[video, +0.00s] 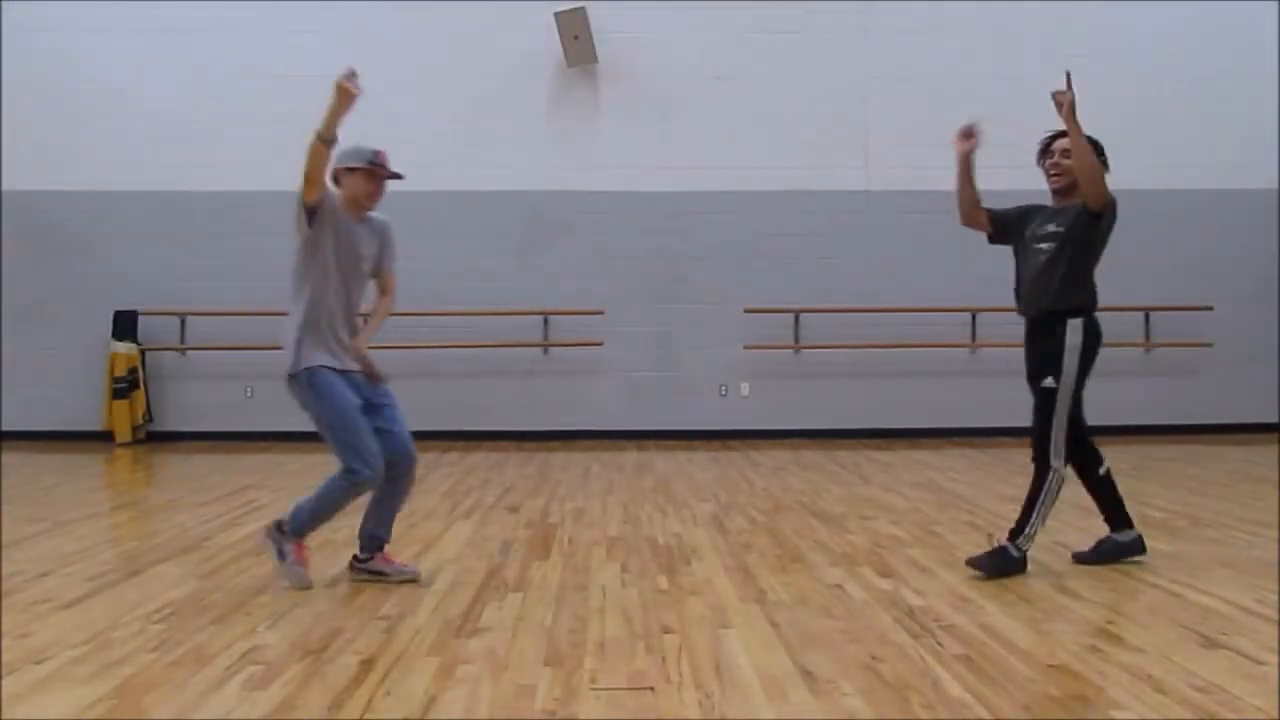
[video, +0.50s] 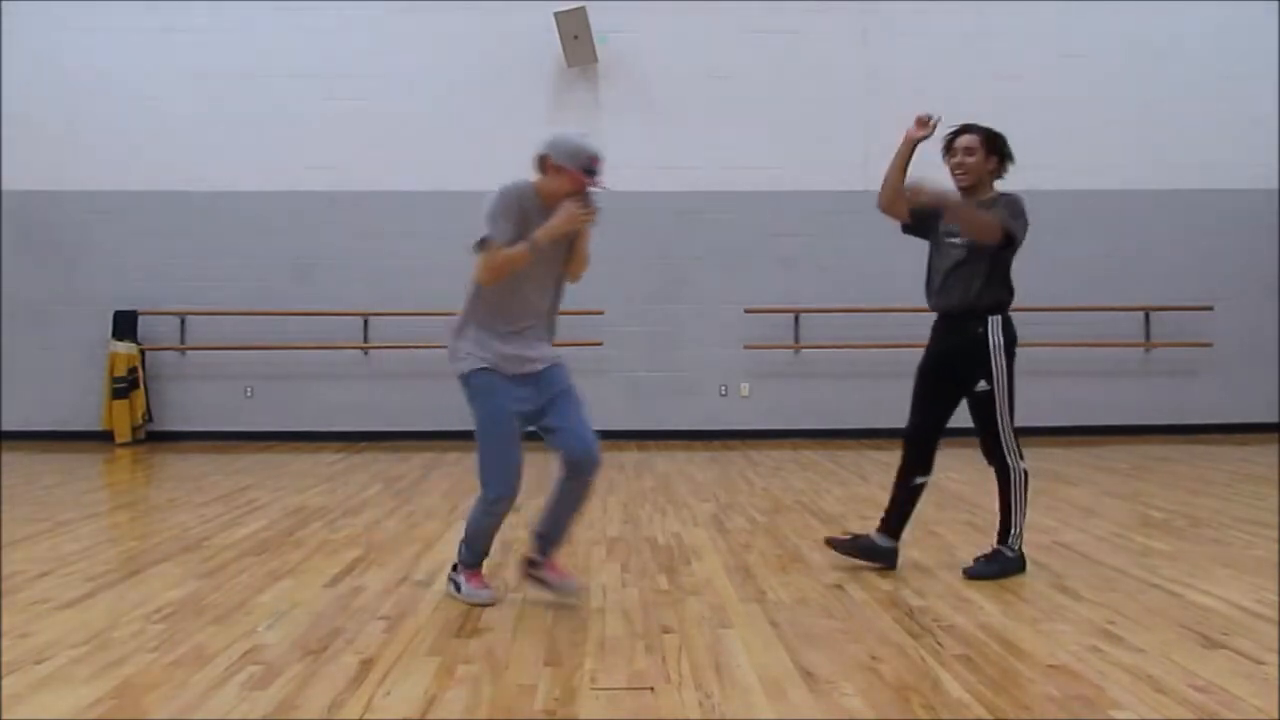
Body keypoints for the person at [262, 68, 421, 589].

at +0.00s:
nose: (378, 185)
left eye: (381, 178)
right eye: (369, 175)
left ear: (380, 185)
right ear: (342, 178)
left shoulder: (378, 232)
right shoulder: (321, 218)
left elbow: (386, 294)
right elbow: (314, 172)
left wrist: (363, 338)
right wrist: (336, 113)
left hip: (354, 361)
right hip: (313, 361)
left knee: (401, 460)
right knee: (365, 467)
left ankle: (369, 554)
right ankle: (288, 532)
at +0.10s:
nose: (414, 187)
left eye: (418, 180)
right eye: (405, 178)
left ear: (421, 188)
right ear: (380, 181)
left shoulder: (419, 232)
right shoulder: (353, 215)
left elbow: (436, 296)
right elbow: (320, 183)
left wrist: (414, 339)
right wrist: (361, 139)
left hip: (392, 366)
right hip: (347, 360)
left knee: (430, 468)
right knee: (402, 463)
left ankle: (378, 549)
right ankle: (354, 548)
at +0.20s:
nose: (455, 177)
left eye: (459, 169)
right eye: (447, 167)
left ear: (459, 173)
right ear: (419, 164)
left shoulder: (458, 212)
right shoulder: (384, 205)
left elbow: (480, 272)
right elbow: (327, 197)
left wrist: (457, 298)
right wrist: (393, 190)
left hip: (427, 357)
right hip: (381, 350)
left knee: (439, 466)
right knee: (427, 459)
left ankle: (375, 547)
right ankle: (427, 562)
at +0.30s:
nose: (486, 174)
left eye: (492, 167)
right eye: (481, 163)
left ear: (492, 166)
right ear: (452, 153)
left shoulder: (493, 196)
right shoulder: (415, 185)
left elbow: (519, 259)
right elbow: (370, 231)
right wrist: (439, 218)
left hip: (467, 346)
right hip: (417, 344)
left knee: (469, 461)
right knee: (459, 458)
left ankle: (404, 526)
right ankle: (460, 563)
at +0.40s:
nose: (529, 187)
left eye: (533, 180)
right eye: (523, 178)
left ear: (528, 178)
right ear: (493, 168)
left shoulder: (525, 202)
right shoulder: (456, 201)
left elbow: (542, 265)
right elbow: (430, 268)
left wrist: (537, 230)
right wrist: (493, 234)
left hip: (506, 355)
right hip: (455, 356)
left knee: (523, 469)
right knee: (487, 474)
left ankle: (464, 527)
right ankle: (466, 565)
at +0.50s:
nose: (584, 188)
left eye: (587, 181)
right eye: (579, 178)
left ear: (578, 178)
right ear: (549, 168)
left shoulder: (569, 209)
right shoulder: (513, 200)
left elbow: (574, 273)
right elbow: (488, 271)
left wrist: (580, 227)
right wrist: (549, 231)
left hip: (538, 357)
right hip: (485, 356)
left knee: (583, 456)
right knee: (502, 486)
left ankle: (540, 557)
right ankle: (467, 568)